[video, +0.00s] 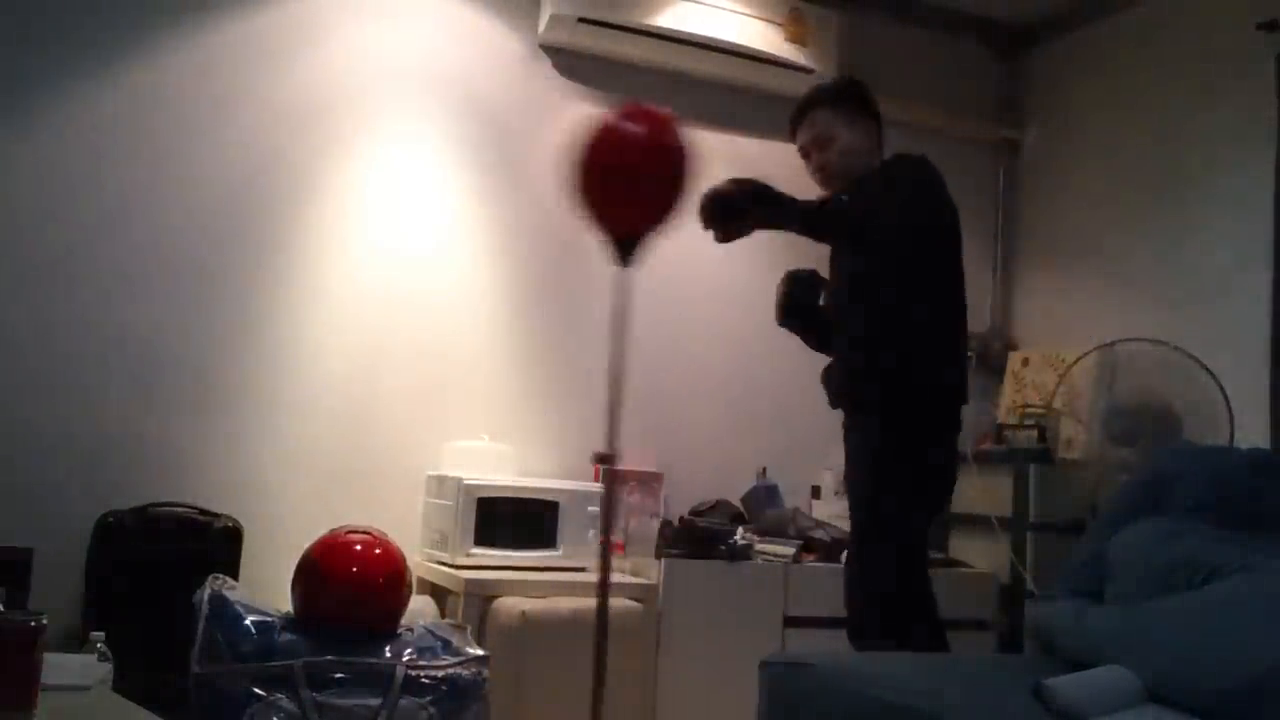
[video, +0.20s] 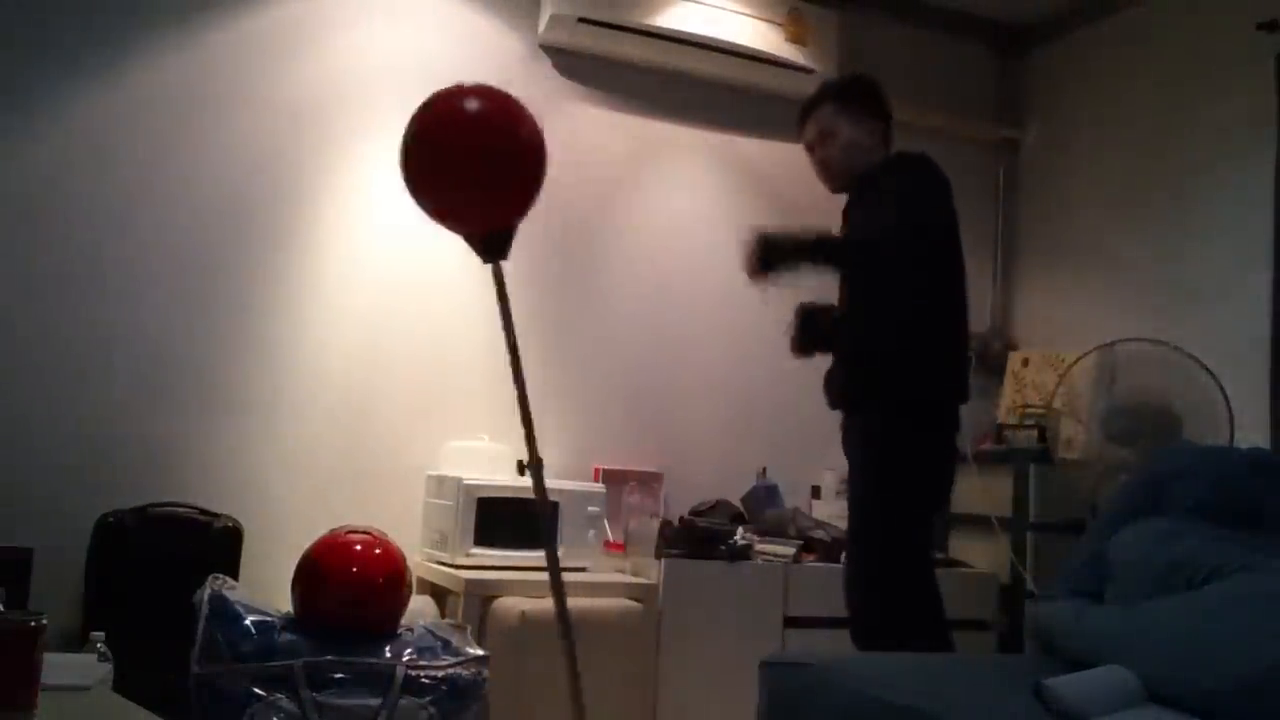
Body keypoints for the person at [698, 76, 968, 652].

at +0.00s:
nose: (815, 163)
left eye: (824, 143)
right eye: (806, 156)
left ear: (866, 130)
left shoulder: (910, 179)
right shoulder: (860, 223)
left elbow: (856, 221)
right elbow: (853, 337)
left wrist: (765, 209)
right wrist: (803, 311)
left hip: (911, 413)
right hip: (876, 418)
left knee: (883, 581)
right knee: (890, 581)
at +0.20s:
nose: (816, 160)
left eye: (824, 140)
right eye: (810, 149)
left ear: (868, 129)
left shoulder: (906, 180)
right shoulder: (875, 204)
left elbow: (887, 263)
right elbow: (891, 320)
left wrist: (789, 251)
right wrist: (828, 329)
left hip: (906, 414)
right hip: (882, 414)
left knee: (889, 578)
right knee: (885, 577)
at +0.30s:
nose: (813, 151)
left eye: (823, 135)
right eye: (810, 139)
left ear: (865, 130)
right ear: (858, 135)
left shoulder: (902, 184)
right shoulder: (873, 197)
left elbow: (960, 284)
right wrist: (828, 350)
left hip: (906, 417)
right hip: (883, 415)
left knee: (885, 582)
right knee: (888, 579)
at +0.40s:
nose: (814, 144)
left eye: (825, 127)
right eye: (813, 131)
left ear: (866, 125)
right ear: (861, 130)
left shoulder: (904, 183)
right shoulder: (873, 194)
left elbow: (944, 306)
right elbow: (881, 322)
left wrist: (847, 388)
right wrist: (839, 383)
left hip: (904, 420)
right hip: (883, 417)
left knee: (886, 582)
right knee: (884, 580)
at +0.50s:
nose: (823, 133)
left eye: (834, 116)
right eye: (823, 118)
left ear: (875, 118)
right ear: (863, 121)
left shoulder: (905, 184)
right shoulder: (875, 190)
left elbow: (942, 301)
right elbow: (870, 318)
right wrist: (849, 424)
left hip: (902, 414)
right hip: (885, 413)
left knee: (884, 592)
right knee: (886, 589)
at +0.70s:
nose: (828, 108)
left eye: (843, 96)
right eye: (831, 95)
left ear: (885, 105)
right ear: (870, 106)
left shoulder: (920, 179)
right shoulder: (855, 183)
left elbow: (1028, 245)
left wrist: (1036, 348)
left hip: (904, 407)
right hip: (861, 404)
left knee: (885, 582)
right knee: (879, 577)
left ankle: (917, 705)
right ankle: (910, 704)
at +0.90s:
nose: (845, 96)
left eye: (862, 83)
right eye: (846, 83)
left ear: (906, 95)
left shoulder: (932, 165)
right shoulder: (855, 171)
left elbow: (1027, 209)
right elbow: (846, 268)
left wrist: (939, 299)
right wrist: (830, 339)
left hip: (911, 399)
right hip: (862, 397)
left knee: (889, 581)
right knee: (857, 575)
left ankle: (912, 703)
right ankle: (898, 701)